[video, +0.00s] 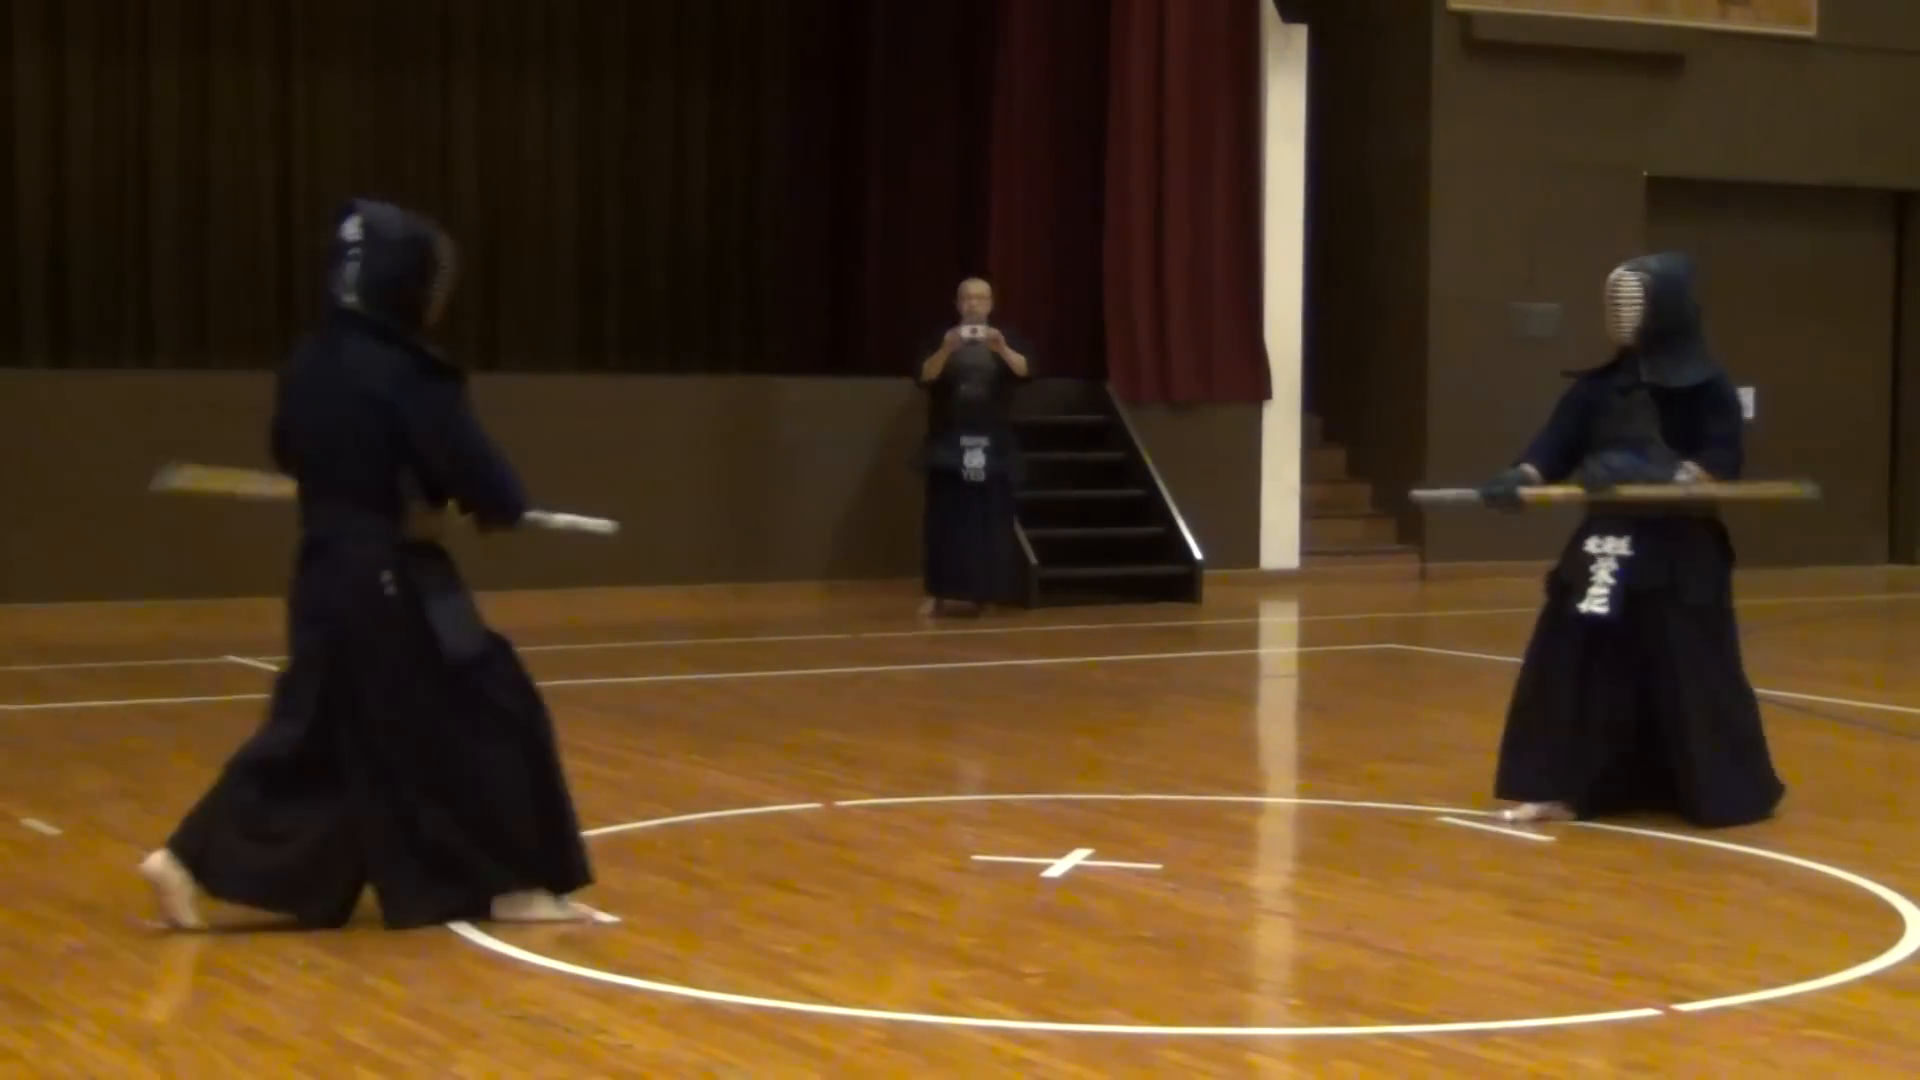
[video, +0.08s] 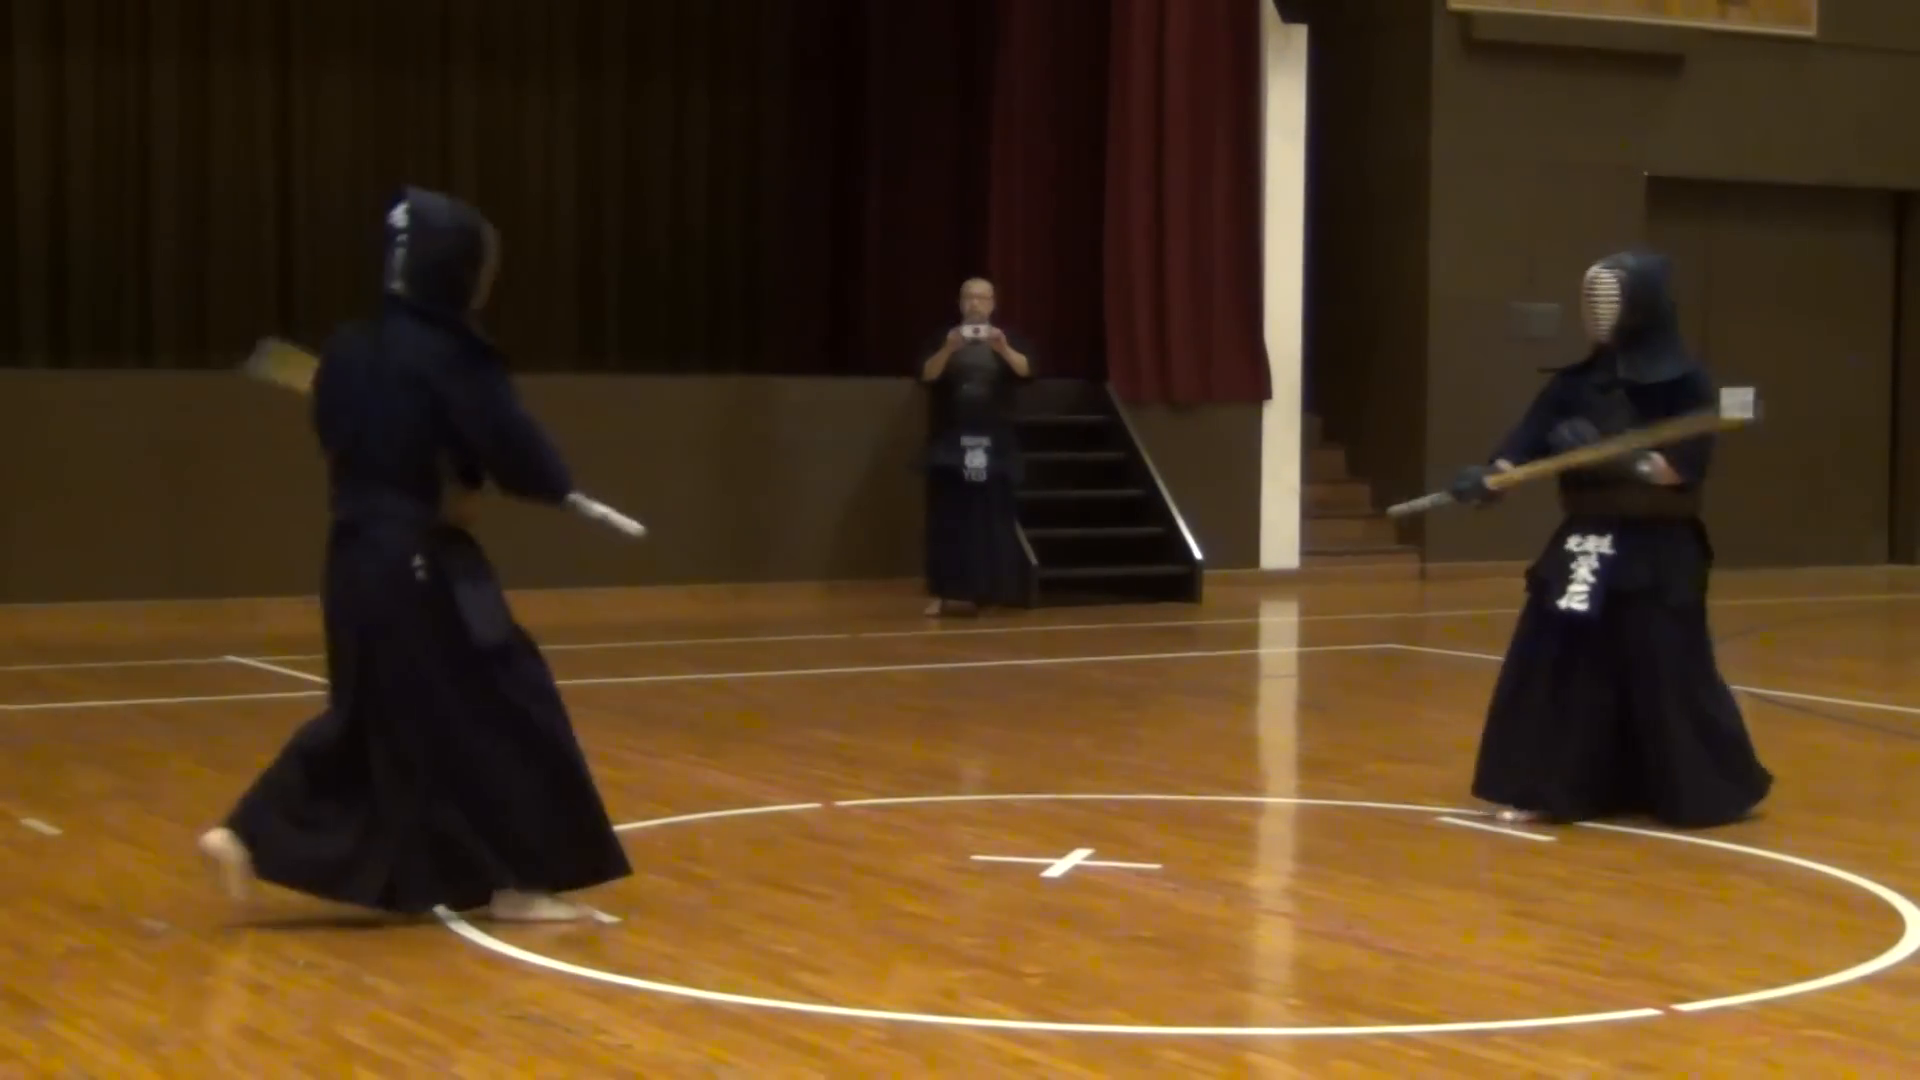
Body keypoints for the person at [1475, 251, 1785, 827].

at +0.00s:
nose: (1621, 315)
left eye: (1634, 304)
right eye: (1618, 303)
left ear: (1666, 309)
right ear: (1616, 308)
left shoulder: (1702, 384)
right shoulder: (1599, 385)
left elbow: (1723, 459)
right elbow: (1560, 443)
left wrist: (1660, 478)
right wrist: (1522, 474)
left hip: (1680, 538)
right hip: (1604, 535)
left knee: (1690, 656)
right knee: (1568, 650)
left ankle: (1728, 788)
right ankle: (1555, 789)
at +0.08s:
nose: (1596, 313)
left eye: (1608, 302)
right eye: (1592, 301)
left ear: (1643, 306)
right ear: (1589, 305)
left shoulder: (1681, 383)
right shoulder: (1577, 381)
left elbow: (1684, 467)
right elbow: (1527, 442)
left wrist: (1607, 450)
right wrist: (1490, 477)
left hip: (1659, 536)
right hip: (1585, 532)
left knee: (1662, 655)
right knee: (1553, 650)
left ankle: (1717, 784)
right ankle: (1541, 788)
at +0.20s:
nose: (1573, 308)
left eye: (1586, 296)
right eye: (1568, 296)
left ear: (1619, 299)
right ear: (1566, 301)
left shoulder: (1661, 376)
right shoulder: (1563, 370)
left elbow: (1642, 461)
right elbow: (1522, 435)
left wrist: (1560, 452)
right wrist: (1469, 470)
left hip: (1638, 536)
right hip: (1570, 533)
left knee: (1634, 659)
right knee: (1542, 651)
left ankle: (1655, 790)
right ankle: (1544, 786)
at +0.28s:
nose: (1560, 308)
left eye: (1572, 297)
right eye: (1557, 296)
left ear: (1608, 300)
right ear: (1555, 300)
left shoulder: (1652, 378)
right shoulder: (1546, 374)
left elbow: (1629, 457)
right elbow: (1500, 437)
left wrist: (1548, 469)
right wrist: (1459, 469)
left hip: (1631, 539)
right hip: (1560, 536)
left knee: (1618, 664)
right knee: (1533, 655)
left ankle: (1615, 798)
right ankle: (1529, 792)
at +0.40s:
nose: (1553, 315)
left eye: (1566, 304)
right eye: (1551, 303)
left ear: (1600, 308)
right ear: (1551, 307)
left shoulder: (1645, 385)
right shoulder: (1541, 379)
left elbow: (1612, 461)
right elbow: (1499, 430)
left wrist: (1530, 493)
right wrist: (1462, 462)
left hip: (1624, 550)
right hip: (1553, 544)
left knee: (1605, 676)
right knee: (1520, 663)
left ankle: (1596, 806)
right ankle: (1499, 795)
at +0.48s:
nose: (1551, 323)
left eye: (1563, 312)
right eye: (1547, 311)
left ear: (1598, 316)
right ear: (1546, 315)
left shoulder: (1641, 393)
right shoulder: (1539, 387)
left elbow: (1605, 471)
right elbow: (1497, 440)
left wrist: (1522, 509)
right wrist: (1462, 465)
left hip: (1622, 558)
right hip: (1551, 552)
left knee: (1603, 680)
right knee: (1518, 668)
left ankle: (1594, 809)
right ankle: (1506, 799)